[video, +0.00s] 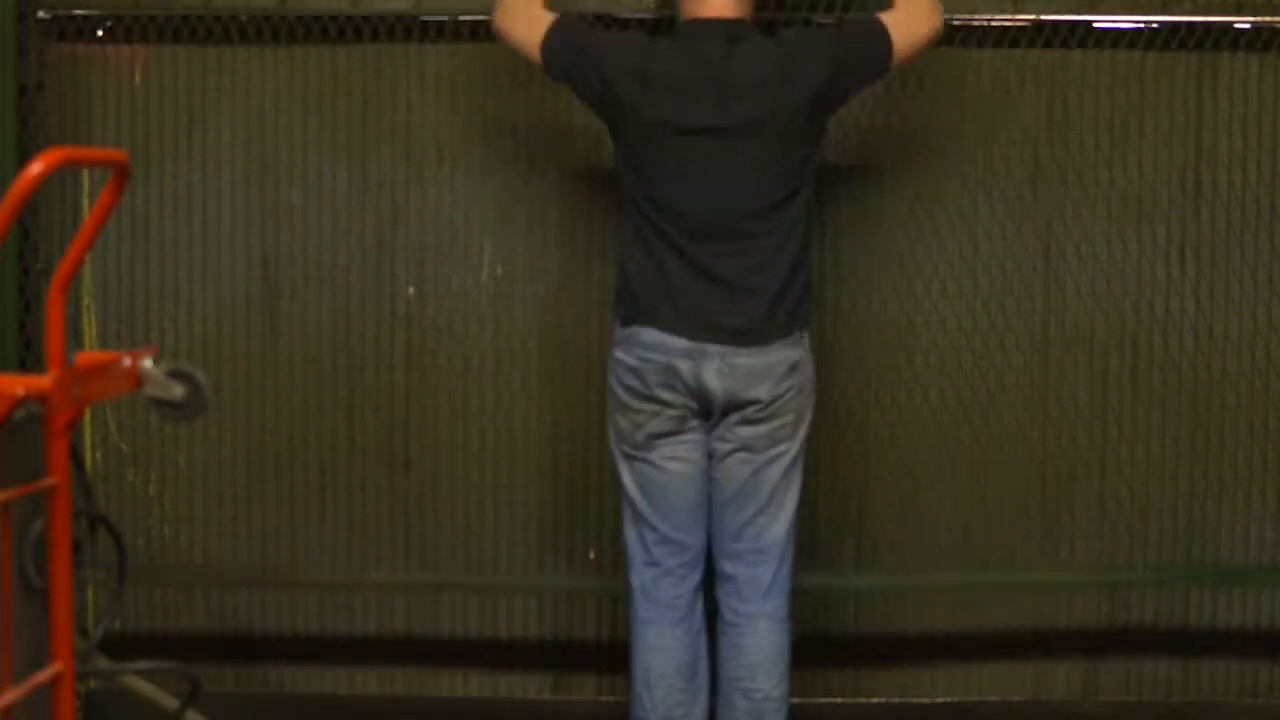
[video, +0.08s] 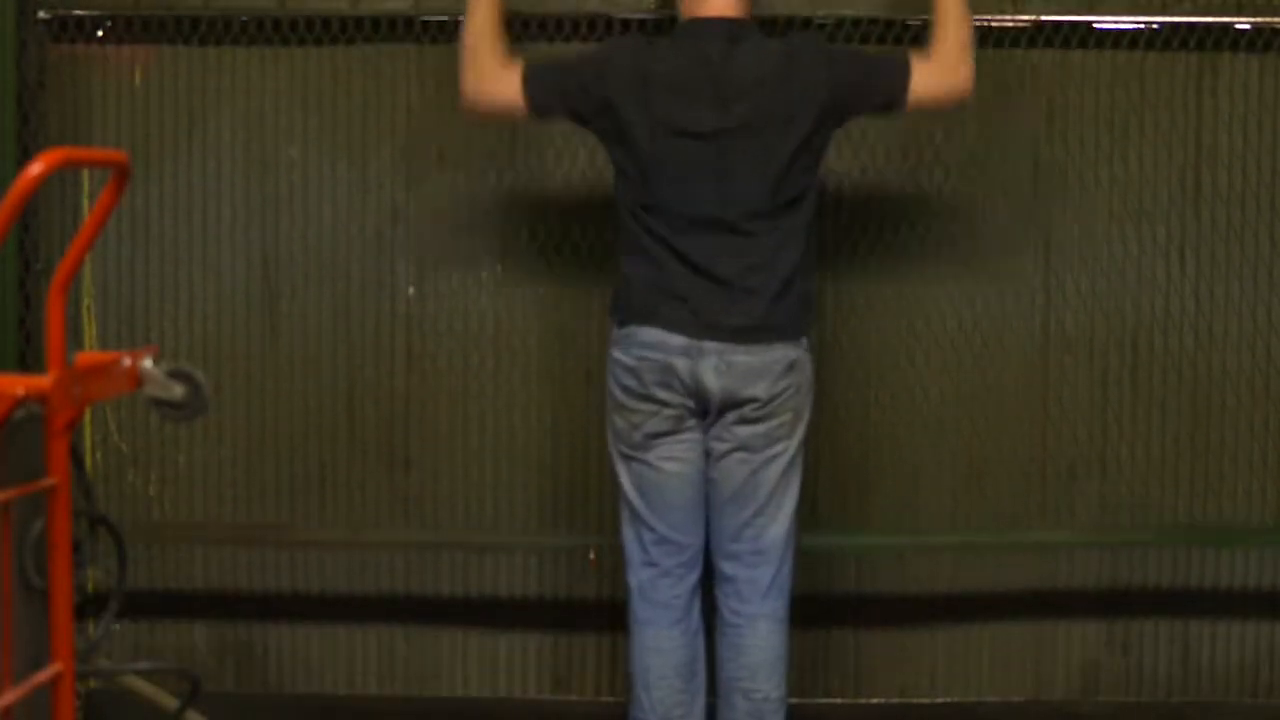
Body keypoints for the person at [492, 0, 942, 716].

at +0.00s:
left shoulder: (629, 65)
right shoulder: (802, 64)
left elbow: (516, 16)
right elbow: (920, 16)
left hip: (653, 337)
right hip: (764, 343)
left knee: (663, 571)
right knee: (755, 574)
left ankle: (668, 714)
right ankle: (754, 713)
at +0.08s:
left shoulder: (629, 68)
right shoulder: (804, 69)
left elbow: (483, 84)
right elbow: (952, 75)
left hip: (651, 338)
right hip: (764, 345)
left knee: (661, 572)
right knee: (753, 574)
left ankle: (667, 714)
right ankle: (752, 713)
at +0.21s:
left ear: (668, 4)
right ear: (746, 3)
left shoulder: (627, 84)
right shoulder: (792, 85)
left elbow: (547, 212)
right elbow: (885, 211)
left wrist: (441, 239)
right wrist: (988, 206)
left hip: (647, 345)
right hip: (760, 355)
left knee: (659, 574)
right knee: (750, 578)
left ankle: (666, 718)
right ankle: (750, 718)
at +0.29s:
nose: (674, 11)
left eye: (666, 6)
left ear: (664, 10)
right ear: (740, 10)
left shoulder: (616, 98)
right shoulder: (794, 98)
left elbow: (570, 249)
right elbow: (843, 251)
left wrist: (512, 359)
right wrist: (914, 339)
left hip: (641, 352)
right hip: (757, 363)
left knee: (658, 575)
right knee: (747, 577)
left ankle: (665, 714)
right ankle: (745, 712)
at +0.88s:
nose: (654, 12)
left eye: (657, 7)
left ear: (660, 13)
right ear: (742, 13)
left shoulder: (606, 96)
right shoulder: (794, 97)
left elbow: (589, 255)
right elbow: (812, 264)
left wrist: (578, 268)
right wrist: (828, 270)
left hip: (635, 367)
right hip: (753, 371)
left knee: (654, 586)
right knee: (744, 587)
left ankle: (665, 717)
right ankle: (745, 716)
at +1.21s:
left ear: (659, 5)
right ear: (738, 5)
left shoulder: (606, 91)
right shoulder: (790, 93)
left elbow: (566, 230)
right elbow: (824, 236)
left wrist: (623, 163)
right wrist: (824, 145)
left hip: (637, 367)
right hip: (753, 371)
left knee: (656, 583)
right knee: (744, 585)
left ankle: (664, 716)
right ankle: (744, 716)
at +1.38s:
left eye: (671, 2)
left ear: (663, 7)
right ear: (735, 6)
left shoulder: (614, 88)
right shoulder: (783, 90)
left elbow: (545, 167)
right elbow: (853, 174)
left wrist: (578, 71)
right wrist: (834, 76)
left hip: (638, 364)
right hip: (752, 368)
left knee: (656, 580)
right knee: (744, 581)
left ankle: (665, 716)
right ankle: (745, 715)